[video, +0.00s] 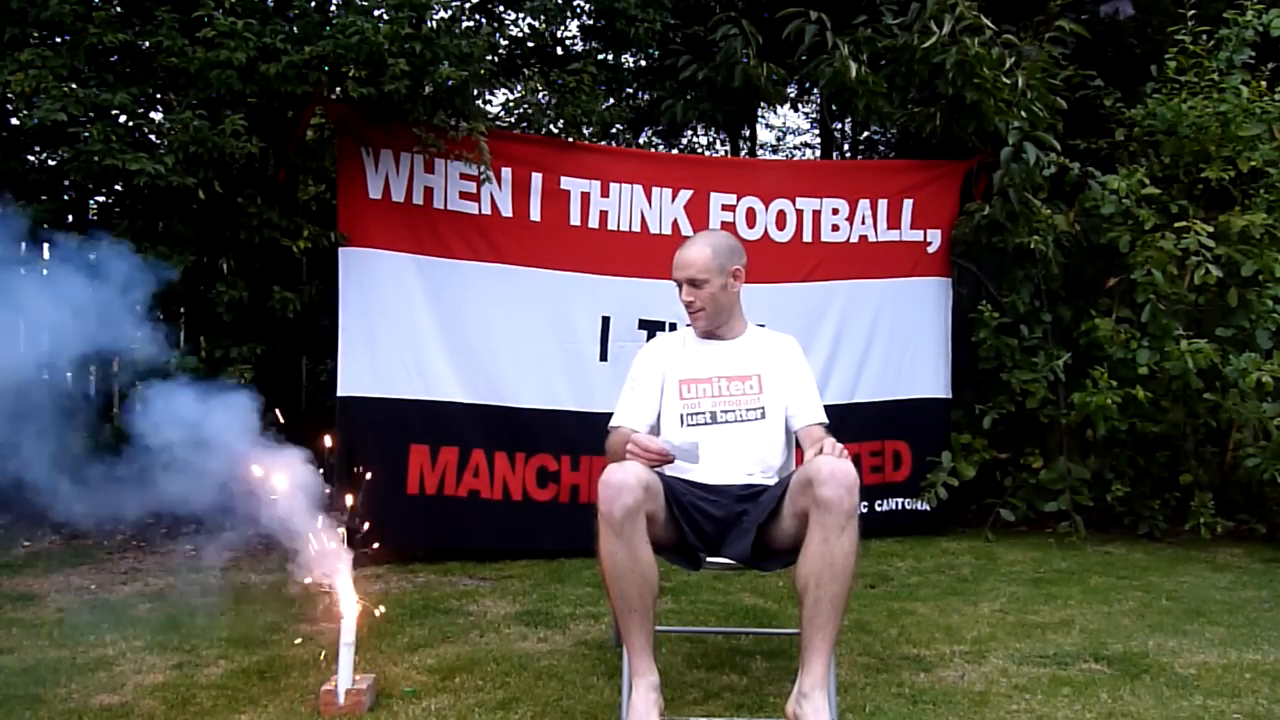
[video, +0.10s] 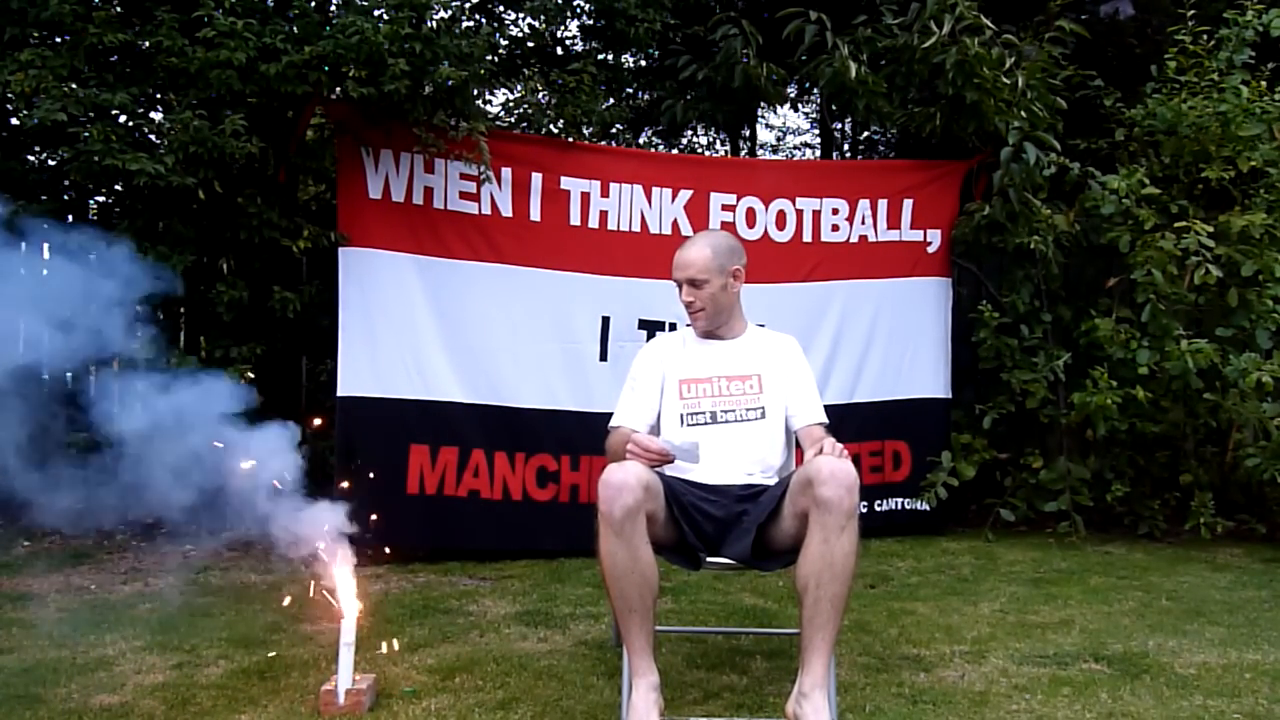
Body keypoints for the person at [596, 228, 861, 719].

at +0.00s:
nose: (686, 298)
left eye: (697, 284)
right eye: (679, 286)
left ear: (736, 279)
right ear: (675, 285)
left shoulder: (782, 350)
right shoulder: (659, 353)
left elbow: (812, 439)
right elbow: (615, 442)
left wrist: (824, 449)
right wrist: (634, 445)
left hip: (768, 504)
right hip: (680, 503)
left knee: (837, 477)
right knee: (617, 484)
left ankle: (812, 689)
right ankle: (642, 682)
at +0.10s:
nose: (686, 298)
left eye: (697, 284)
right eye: (679, 286)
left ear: (736, 279)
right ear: (675, 285)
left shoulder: (782, 350)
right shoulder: (659, 353)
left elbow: (812, 439)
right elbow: (615, 442)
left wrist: (824, 449)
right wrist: (634, 445)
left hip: (768, 504)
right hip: (680, 503)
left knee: (837, 477)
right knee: (617, 484)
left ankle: (812, 689)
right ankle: (642, 683)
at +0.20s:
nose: (685, 298)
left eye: (697, 284)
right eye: (679, 286)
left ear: (736, 279)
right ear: (675, 285)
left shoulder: (782, 350)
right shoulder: (659, 352)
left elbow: (813, 438)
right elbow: (615, 442)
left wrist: (824, 448)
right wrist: (634, 445)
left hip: (768, 504)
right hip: (680, 503)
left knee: (837, 477)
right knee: (617, 484)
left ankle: (812, 689)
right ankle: (642, 683)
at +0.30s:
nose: (685, 298)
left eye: (697, 284)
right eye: (679, 286)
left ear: (736, 279)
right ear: (674, 285)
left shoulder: (782, 350)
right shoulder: (659, 352)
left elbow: (812, 438)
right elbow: (616, 442)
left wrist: (824, 448)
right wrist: (634, 445)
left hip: (768, 504)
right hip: (680, 503)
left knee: (837, 477)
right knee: (617, 484)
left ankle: (812, 689)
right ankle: (642, 683)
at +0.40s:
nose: (685, 298)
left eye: (696, 284)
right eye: (679, 286)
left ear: (736, 279)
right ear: (675, 286)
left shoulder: (782, 350)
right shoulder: (659, 352)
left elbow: (812, 438)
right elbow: (616, 442)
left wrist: (824, 448)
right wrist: (635, 445)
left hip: (768, 504)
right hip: (679, 503)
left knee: (837, 477)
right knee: (617, 484)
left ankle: (812, 689)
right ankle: (643, 683)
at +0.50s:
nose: (685, 298)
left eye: (696, 284)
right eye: (679, 286)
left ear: (735, 279)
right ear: (674, 286)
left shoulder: (782, 350)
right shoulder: (659, 352)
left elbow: (812, 437)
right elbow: (616, 442)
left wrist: (824, 448)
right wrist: (635, 445)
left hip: (768, 504)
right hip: (680, 503)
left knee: (837, 477)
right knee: (617, 484)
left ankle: (812, 689)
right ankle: (643, 683)